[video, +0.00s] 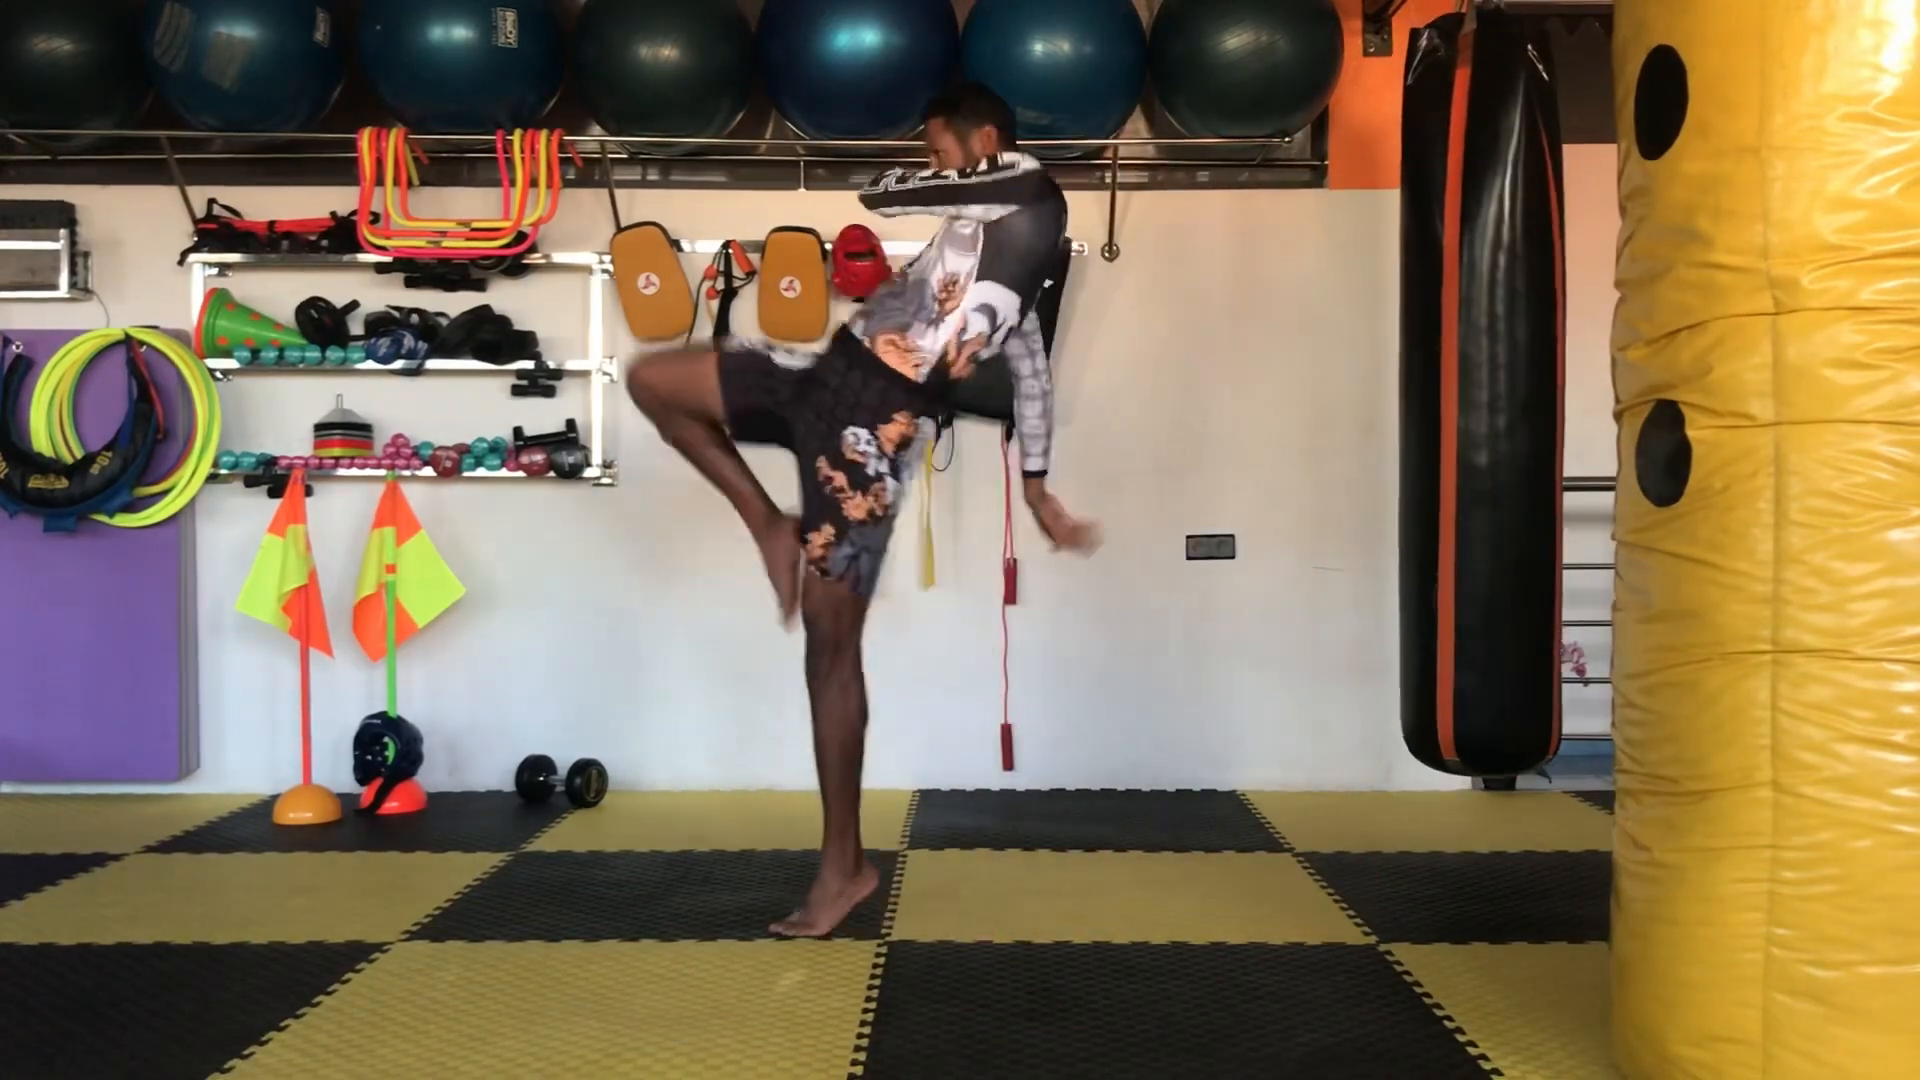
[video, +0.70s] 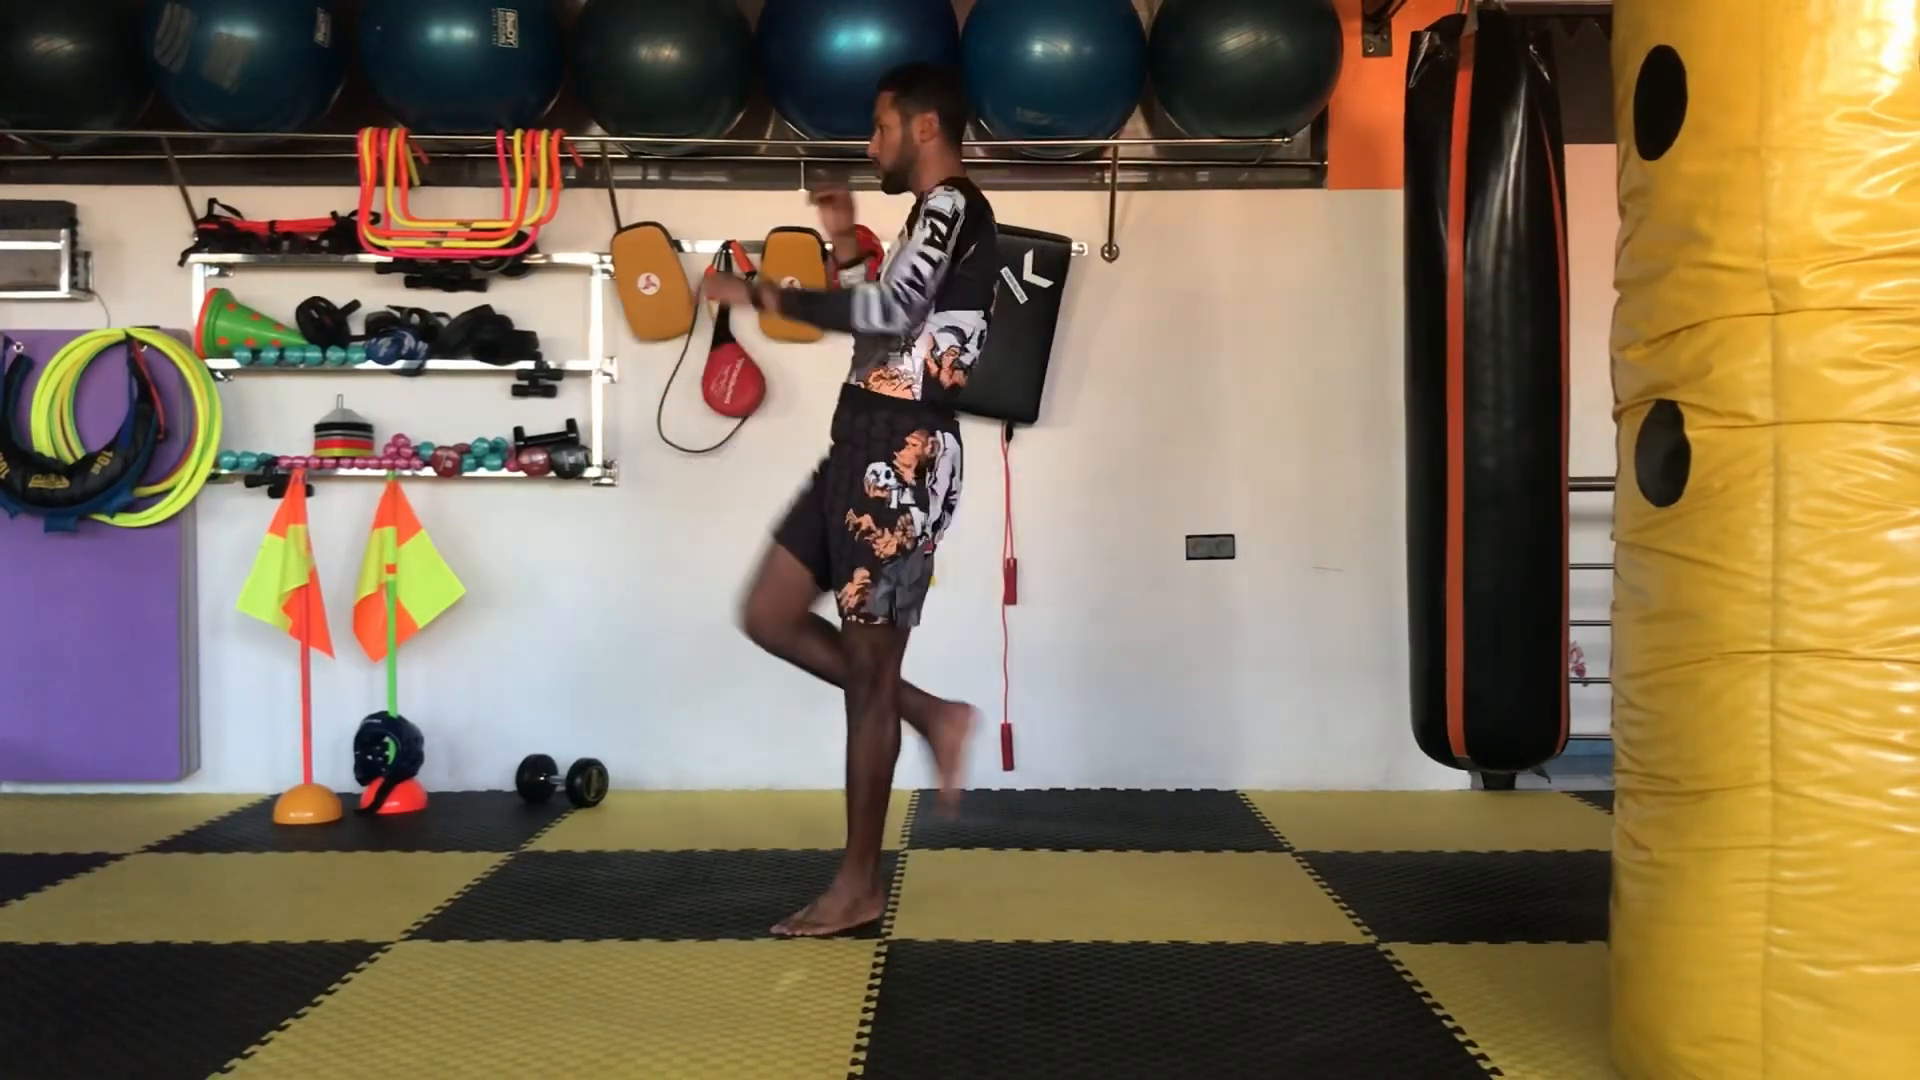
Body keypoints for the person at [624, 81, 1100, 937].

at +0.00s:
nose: (934, 167)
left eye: (939, 151)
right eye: (930, 155)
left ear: (985, 136)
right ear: (983, 138)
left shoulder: (1025, 203)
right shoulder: (982, 219)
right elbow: (1029, 359)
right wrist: (1035, 482)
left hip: (868, 416)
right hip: (824, 378)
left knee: (830, 644)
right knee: (653, 378)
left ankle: (844, 865)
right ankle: (771, 529)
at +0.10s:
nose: (931, 177)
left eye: (940, 162)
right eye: (932, 165)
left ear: (988, 155)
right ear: (986, 158)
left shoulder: (1015, 227)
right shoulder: (973, 229)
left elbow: (1007, 365)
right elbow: (1006, 370)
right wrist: (993, 488)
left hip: (836, 428)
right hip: (793, 375)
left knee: (808, 653)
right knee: (623, 317)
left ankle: (836, 861)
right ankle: (720, 483)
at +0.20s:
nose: (929, 186)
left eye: (939, 173)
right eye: (930, 174)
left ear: (988, 173)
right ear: (975, 177)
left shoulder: (1009, 249)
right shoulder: (954, 248)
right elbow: (934, 375)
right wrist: (894, 457)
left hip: (828, 431)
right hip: (785, 380)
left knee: (803, 665)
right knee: (616, 319)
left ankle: (844, 865)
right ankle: (696, 492)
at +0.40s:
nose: (907, 169)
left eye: (916, 155)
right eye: (907, 155)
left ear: (963, 153)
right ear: (957, 156)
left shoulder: (993, 232)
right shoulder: (926, 227)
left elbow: (844, 226)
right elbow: (861, 342)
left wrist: (899, 202)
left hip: (848, 437)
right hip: (798, 400)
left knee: (834, 671)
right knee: (617, 405)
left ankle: (857, 875)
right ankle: (727, 562)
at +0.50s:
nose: (892, 155)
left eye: (901, 138)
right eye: (892, 140)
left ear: (948, 137)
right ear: (947, 138)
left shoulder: (977, 218)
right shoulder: (921, 223)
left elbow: (847, 248)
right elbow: (856, 301)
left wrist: (799, 202)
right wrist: (779, 283)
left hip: (870, 447)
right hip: (810, 423)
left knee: (857, 669)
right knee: (638, 471)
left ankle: (858, 877)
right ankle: (768, 612)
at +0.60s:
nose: (877, 144)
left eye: (886, 126)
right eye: (879, 128)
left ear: (935, 128)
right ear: (934, 133)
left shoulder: (960, 208)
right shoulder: (929, 213)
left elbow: (854, 270)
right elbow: (866, 287)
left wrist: (764, 227)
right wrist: (798, 239)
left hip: (886, 452)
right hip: (836, 439)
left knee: (867, 667)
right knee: (687, 547)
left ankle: (858, 878)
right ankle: (832, 665)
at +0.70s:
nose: (873, 144)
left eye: (882, 128)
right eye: (875, 129)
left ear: (924, 128)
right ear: (930, 131)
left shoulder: (947, 208)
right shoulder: (941, 214)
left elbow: (897, 311)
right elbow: (892, 323)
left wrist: (761, 298)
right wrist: (846, 250)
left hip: (900, 457)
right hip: (864, 449)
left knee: (870, 673)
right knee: (770, 615)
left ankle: (858, 884)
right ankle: (938, 717)